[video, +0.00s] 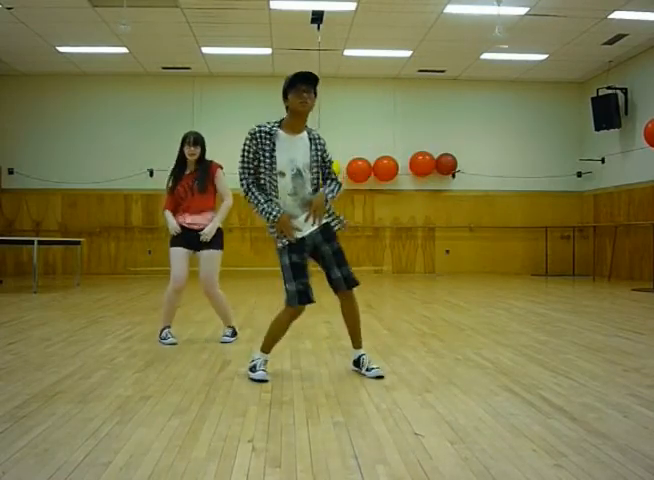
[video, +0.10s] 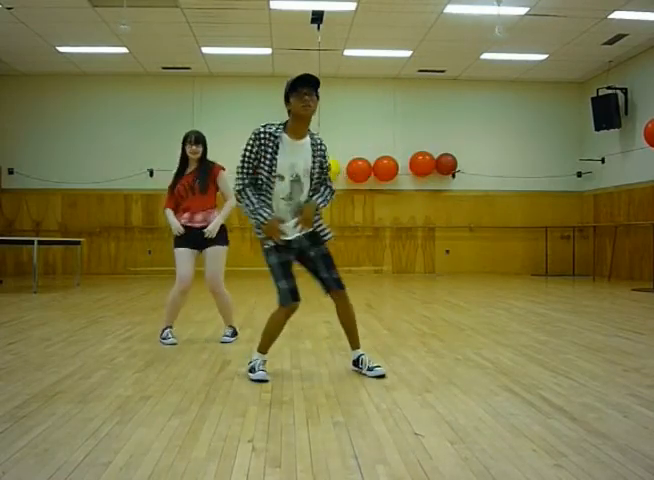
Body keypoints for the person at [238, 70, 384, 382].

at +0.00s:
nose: (307, 97)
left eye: (311, 93)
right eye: (301, 92)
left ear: (315, 100)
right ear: (286, 97)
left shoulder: (315, 141)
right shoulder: (260, 137)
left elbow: (332, 180)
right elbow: (248, 184)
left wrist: (323, 197)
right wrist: (276, 216)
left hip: (319, 226)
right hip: (287, 232)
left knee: (345, 288)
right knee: (297, 302)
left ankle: (359, 355)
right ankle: (260, 357)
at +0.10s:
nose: (307, 100)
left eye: (312, 96)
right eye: (300, 95)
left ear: (317, 103)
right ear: (287, 101)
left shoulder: (317, 145)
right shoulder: (264, 136)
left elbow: (325, 186)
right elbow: (243, 185)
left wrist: (313, 205)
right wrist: (263, 219)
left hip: (308, 231)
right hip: (274, 236)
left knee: (339, 292)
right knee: (289, 301)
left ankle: (358, 355)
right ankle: (258, 358)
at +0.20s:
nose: (309, 102)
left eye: (313, 98)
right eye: (301, 97)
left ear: (318, 105)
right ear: (289, 105)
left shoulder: (321, 147)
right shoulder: (268, 137)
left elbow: (323, 189)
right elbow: (237, 178)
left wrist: (307, 208)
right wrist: (253, 215)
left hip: (295, 234)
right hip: (262, 234)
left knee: (326, 296)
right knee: (273, 299)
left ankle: (355, 357)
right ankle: (256, 360)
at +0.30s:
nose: (305, 101)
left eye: (310, 96)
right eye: (298, 97)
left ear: (317, 104)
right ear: (288, 106)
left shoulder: (325, 146)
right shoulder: (270, 135)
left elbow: (324, 191)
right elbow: (240, 175)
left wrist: (305, 209)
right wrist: (246, 206)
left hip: (288, 230)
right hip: (256, 226)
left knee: (310, 297)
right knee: (265, 295)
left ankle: (344, 355)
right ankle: (255, 360)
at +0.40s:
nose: (302, 98)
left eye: (307, 93)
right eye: (296, 94)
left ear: (315, 98)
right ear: (285, 102)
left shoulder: (328, 140)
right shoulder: (272, 137)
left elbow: (330, 186)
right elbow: (256, 176)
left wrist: (311, 206)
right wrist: (247, 193)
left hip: (291, 229)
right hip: (259, 224)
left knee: (309, 296)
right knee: (263, 295)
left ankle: (313, 354)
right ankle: (255, 359)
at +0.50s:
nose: (301, 97)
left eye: (304, 92)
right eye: (294, 94)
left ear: (312, 97)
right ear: (283, 101)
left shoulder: (328, 134)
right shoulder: (275, 139)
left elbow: (337, 178)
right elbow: (267, 184)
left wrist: (327, 205)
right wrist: (243, 188)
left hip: (302, 225)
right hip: (269, 223)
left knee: (318, 293)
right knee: (268, 296)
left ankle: (289, 343)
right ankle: (255, 358)